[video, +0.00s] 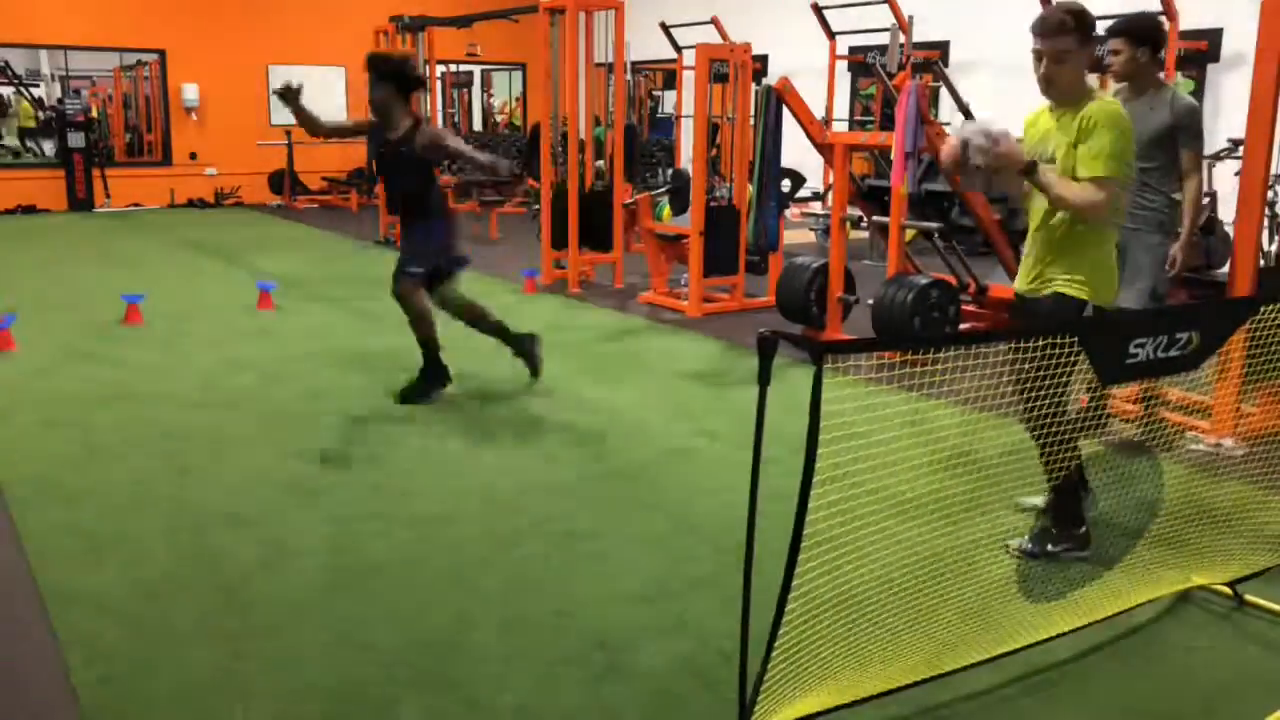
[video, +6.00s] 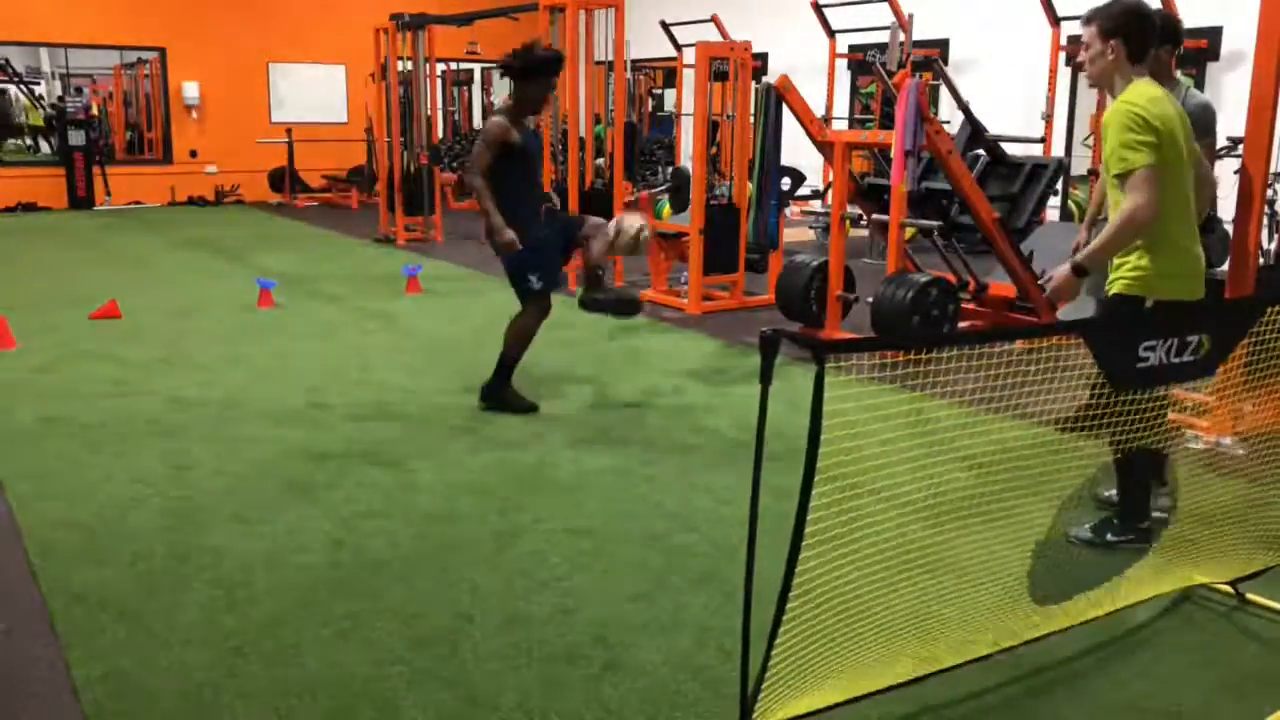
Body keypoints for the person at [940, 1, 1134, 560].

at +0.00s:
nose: (1042, 69)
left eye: (1055, 59)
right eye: (1038, 58)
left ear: (1086, 59)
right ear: (1033, 56)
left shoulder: (1107, 118)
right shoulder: (1038, 121)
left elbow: (1096, 205)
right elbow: (1023, 187)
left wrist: (1031, 170)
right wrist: (984, 162)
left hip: (1079, 283)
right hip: (1036, 277)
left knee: (1037, 398)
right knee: (1035, 395)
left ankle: (1069, 527)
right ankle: (1069, 496)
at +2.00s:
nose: (1020, 55)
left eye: (1029, 45)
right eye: (1021, 44)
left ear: (1064, 49)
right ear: (1053, 50)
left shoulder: (1118, 117)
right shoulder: (1028, 114)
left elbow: (1148, 209)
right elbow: (1013, 183)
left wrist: (1131, 290)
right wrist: (976, 226)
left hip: (1092, 286)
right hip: (1036, 281)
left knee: (1078, 396)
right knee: (1040, 386)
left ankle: (1069, 508)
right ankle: (1073, 478)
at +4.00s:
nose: (946, 81)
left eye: (959, 72)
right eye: (939, 70)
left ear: (977, 71)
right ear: (927, 66)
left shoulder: (1003, 128)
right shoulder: (907, 136)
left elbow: (1036, 206)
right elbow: (906, 207)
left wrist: (963, 211)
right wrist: (895, 238)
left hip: (990, 288)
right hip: (922, 286)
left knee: (1007, 400)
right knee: (877, 372)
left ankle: (1054, 514)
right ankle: (863, 471)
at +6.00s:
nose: (1079, 58)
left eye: (1085, 47)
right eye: (1080, 47)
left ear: (1115, 49)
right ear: (1127, 51)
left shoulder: (1128, 109)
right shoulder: (1166, 103)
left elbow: (1139, 209)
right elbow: (1205, 181)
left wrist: (1077, 268)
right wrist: (1173, 232)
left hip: (1143, 278)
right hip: (1180, 276)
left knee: (1122, 395)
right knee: (1143, 390)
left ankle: (1131, 518)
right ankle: (1148, 491)